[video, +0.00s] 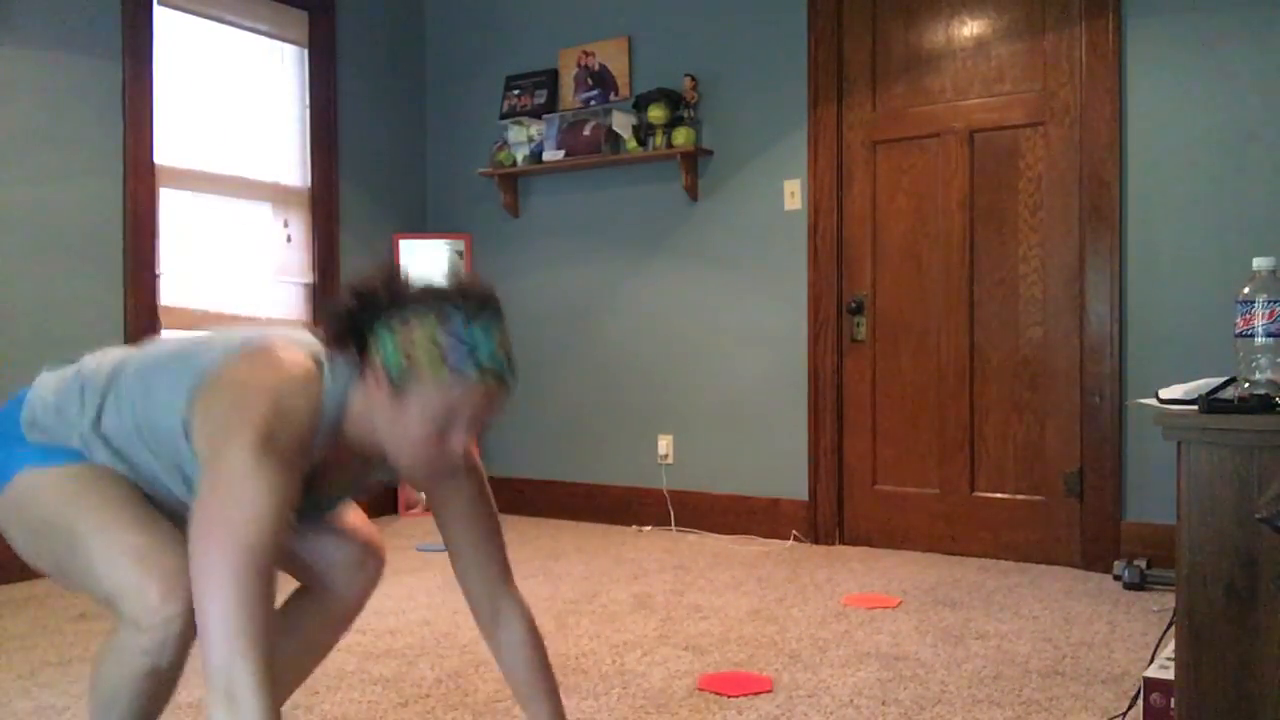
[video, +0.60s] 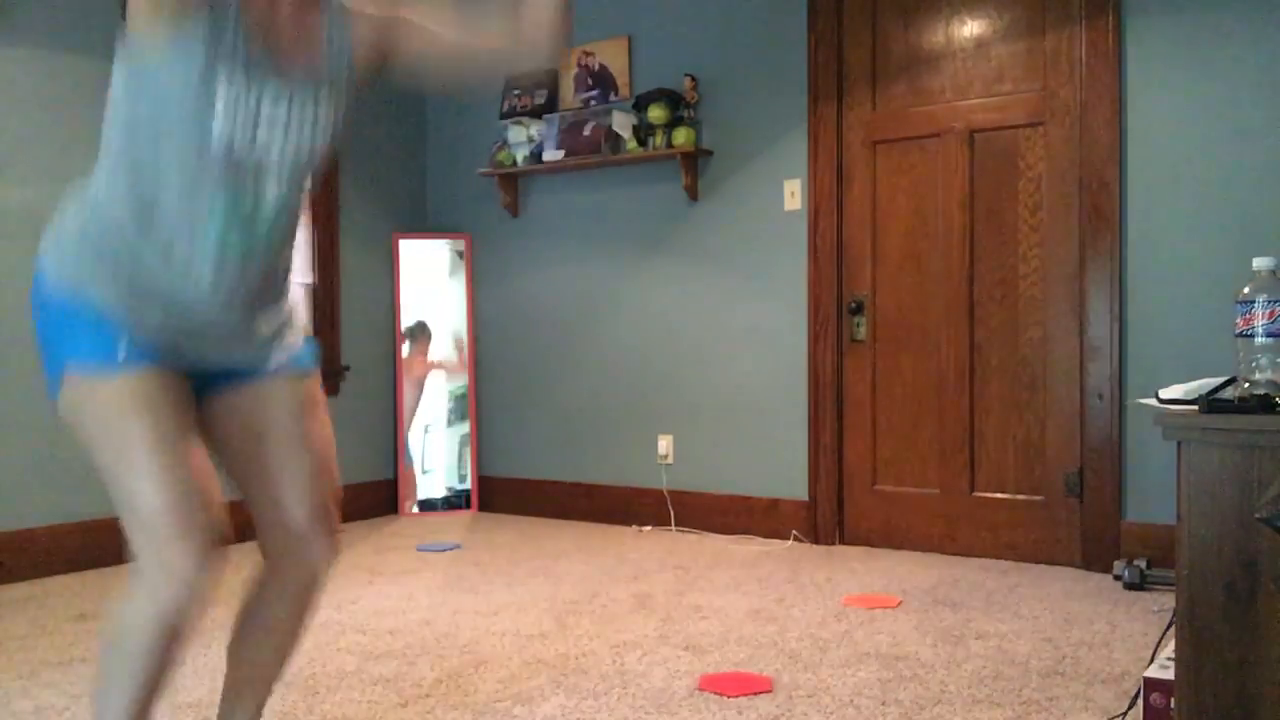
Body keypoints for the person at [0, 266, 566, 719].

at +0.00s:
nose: (468, 449)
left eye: (477, 426)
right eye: (452, 424)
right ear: (382, 382)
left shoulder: (430, 433)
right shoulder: (265, 400)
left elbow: (498, 604)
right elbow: (234, 688)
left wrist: (550, 716)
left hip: (175, 455)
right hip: (45, 442)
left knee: (351, 563)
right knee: (165, 601)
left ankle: (242, 714)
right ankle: (111, 715)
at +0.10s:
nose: (450, 343)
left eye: (463, 318)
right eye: (436, 313)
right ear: (366, 284)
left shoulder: (411, 346)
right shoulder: (251, 329)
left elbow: (486, 512)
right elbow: (162, 574)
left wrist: (522, 660)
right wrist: (224, 710)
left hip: (175, 411)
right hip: (45, 399)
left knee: (328, 549)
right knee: (146, 607)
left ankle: (239, 706)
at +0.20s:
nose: (450, 209)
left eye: (461, 185)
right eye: (430, 181)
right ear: (359, 167)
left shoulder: (420, 274)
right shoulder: (240, 236)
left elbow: (444, 399)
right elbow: (49, 409)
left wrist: (451, 503)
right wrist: (144, 593)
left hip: (185, 356)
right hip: (48, 342)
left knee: (299, 531)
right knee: (138, 546)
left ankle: (234, 714)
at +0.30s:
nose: (442, 94)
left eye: (451, 70)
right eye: (419, 65)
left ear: (461, 78)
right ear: (348, 58)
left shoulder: (409, 194)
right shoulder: (230, 149)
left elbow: (377, 299)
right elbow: (29, 296)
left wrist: (382, 426)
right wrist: (78, 482)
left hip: (209, 343)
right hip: (84, 323)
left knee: (277, 520)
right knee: (139, 530)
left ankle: (228, 716)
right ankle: (98, 713)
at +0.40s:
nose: (421, 13)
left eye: (428, 1)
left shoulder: (396, 150)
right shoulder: (202, 101)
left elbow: (355, 295)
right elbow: (72, 288)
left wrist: (363, 424)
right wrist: (162, 464)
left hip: (223, 343)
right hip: (80, 320)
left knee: (280, 539)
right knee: (164, 541)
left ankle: (229, 713)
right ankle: (102, 711)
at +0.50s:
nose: (367, 2)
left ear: (358, 11)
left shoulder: (377, 118)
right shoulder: (178, 60)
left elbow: (428, 265)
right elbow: (160, 242)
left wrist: (462, 276)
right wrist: (273, 292)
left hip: (236, 361)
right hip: (95, 342)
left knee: (308, 558)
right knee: (205, 574)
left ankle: (234, 717)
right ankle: (122, 713)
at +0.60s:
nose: (293, 11)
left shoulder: (361, 20)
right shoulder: (175, 10)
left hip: (248, 313)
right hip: (110, 295)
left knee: (306, 544)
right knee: (182, 550)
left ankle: (236, 716)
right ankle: (116, 713)